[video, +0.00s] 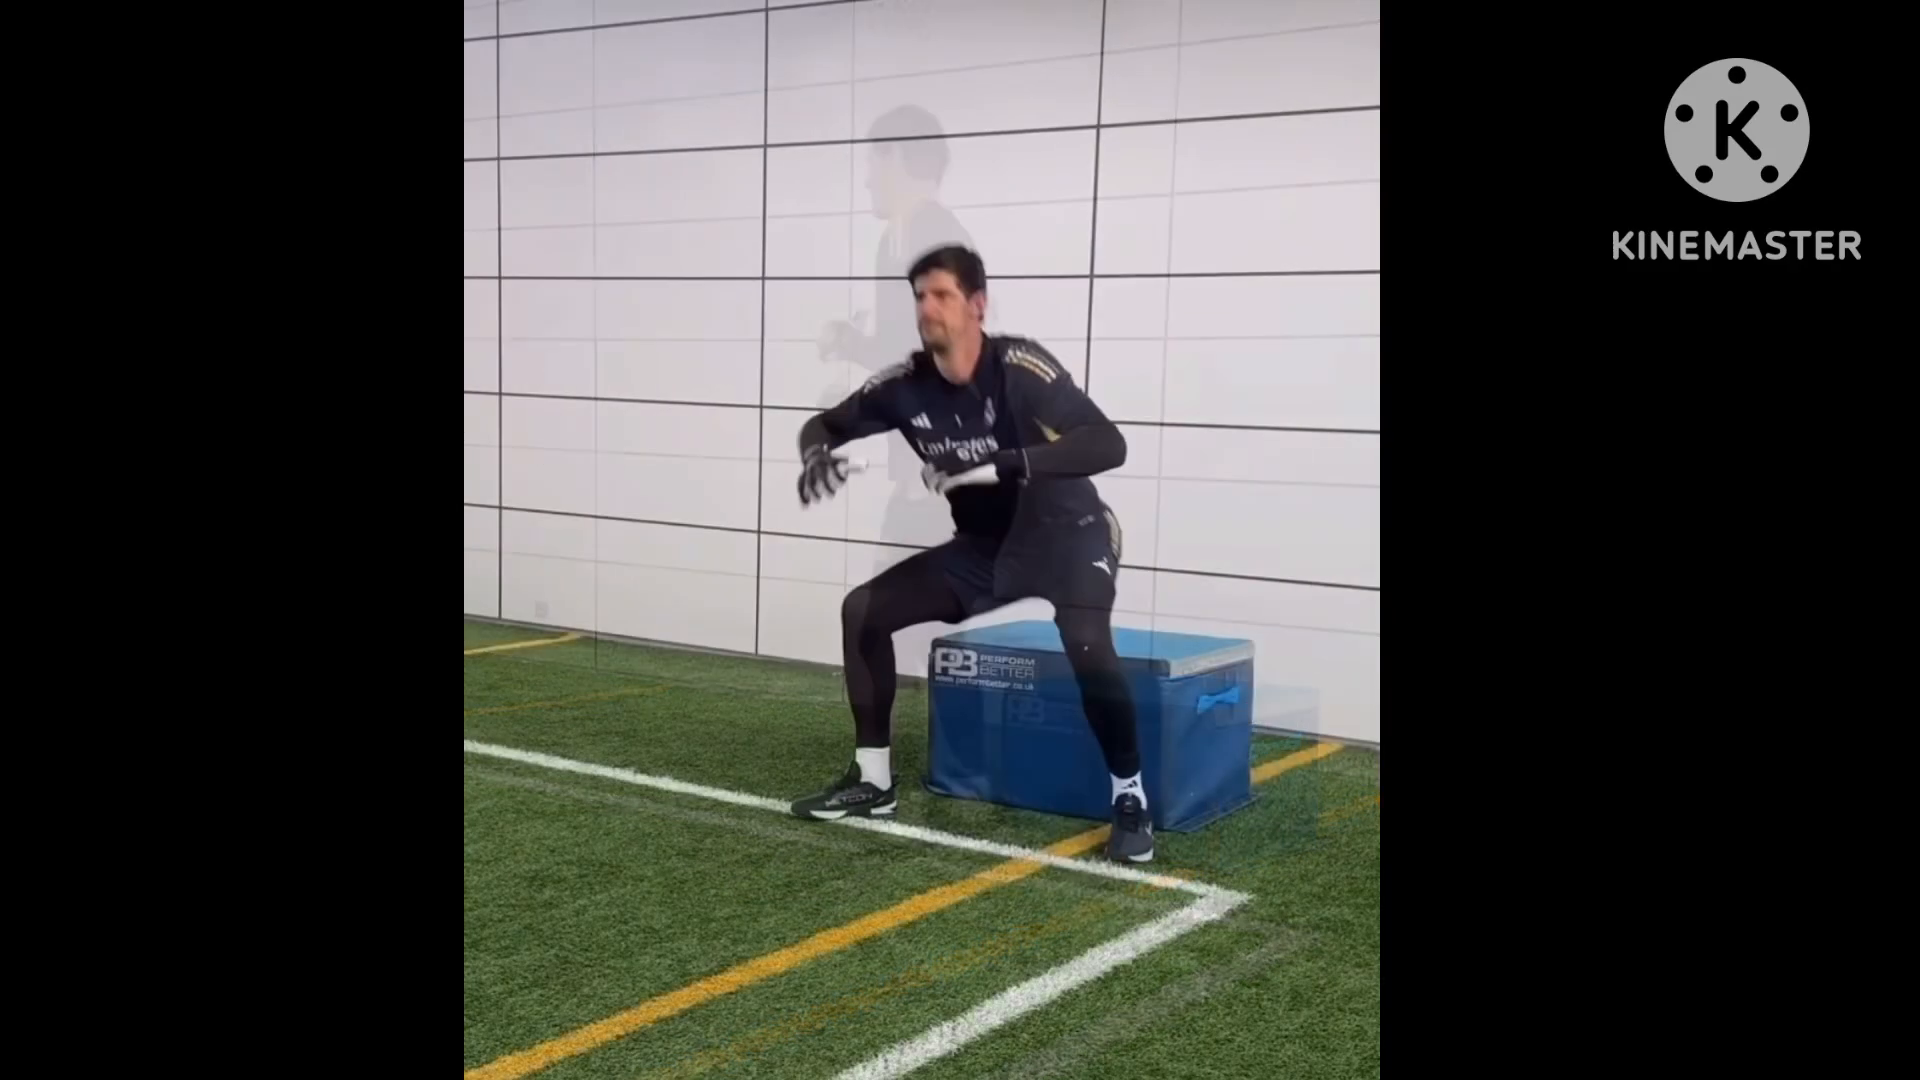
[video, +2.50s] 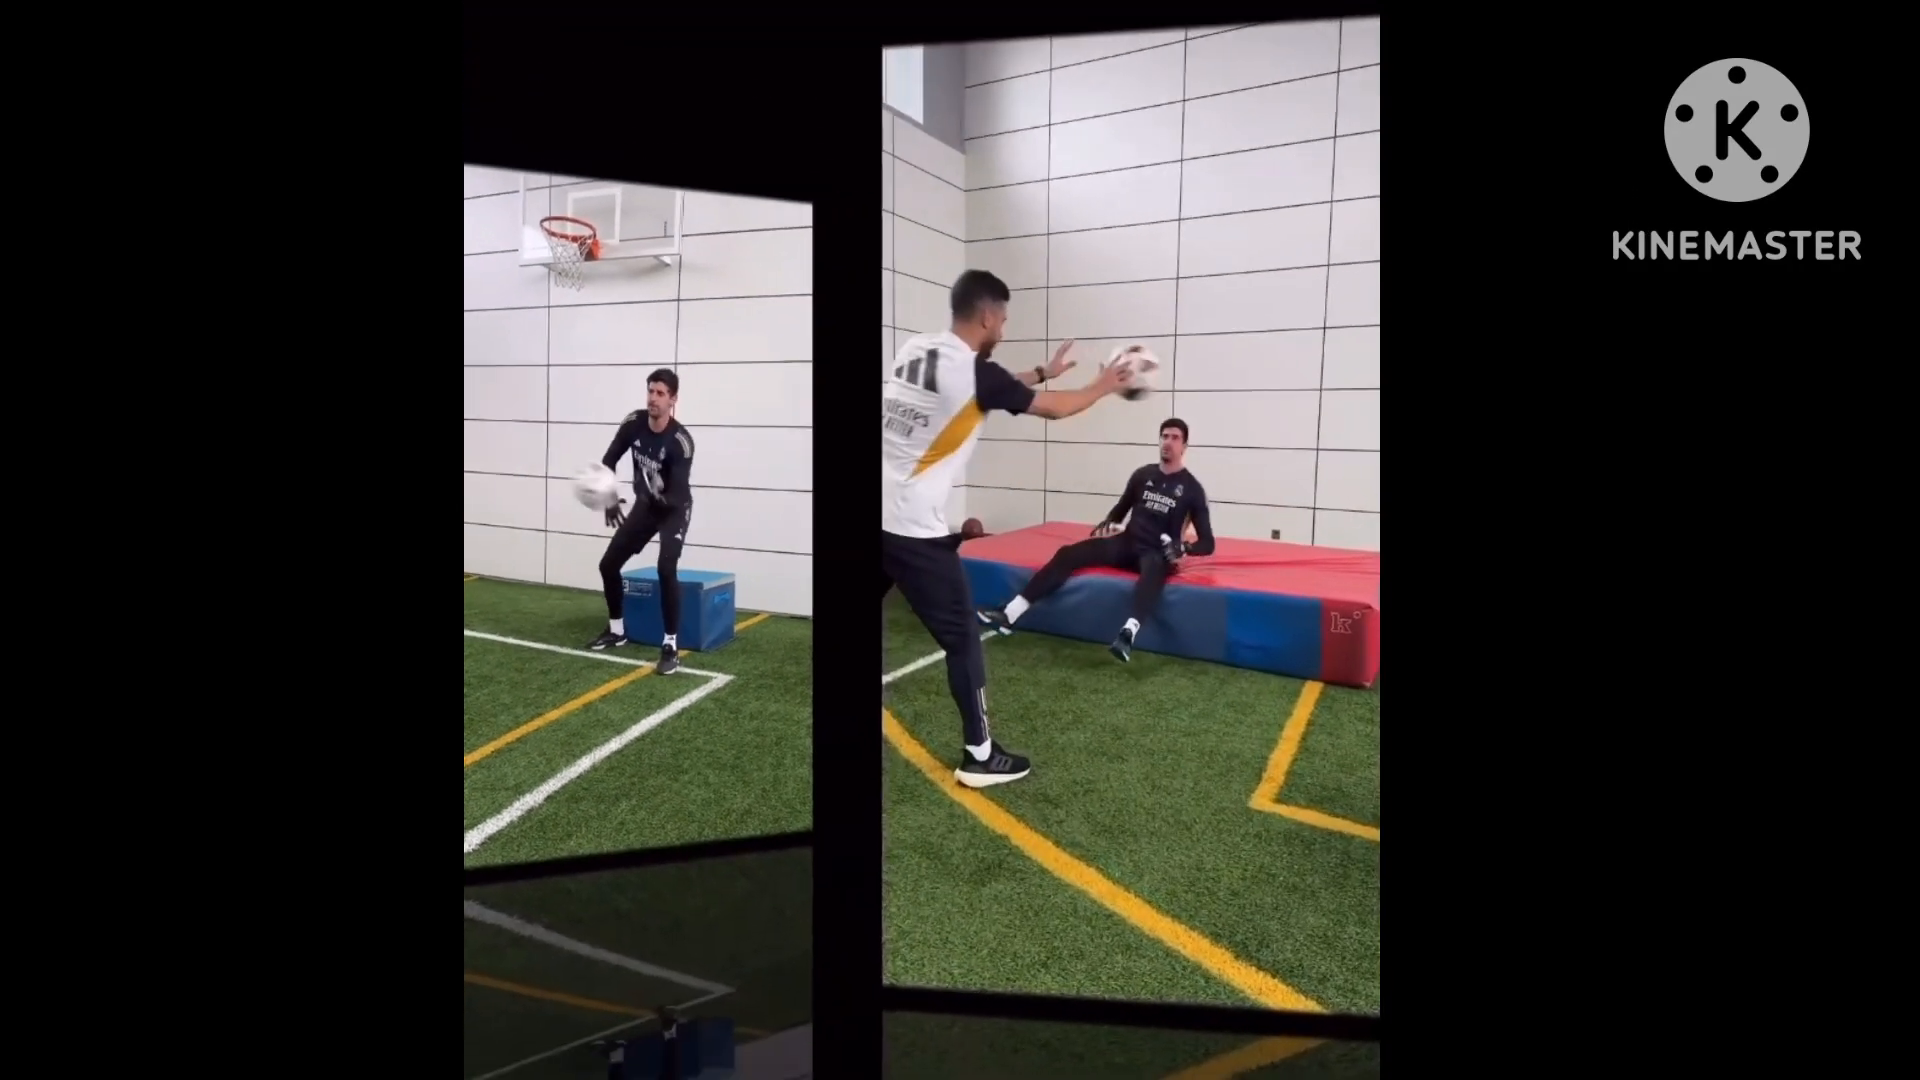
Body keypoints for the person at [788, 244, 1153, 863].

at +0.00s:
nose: (925, 309)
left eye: (939, 296)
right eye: (919, 297)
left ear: (977, 303)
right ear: (915, 306)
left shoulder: (1022, 366)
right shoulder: (903, 390)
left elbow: (1107, 444)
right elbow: (824, 426)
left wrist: (1005, 461)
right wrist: (816, 449)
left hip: (1069, 538)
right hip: (985, 548)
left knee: (1088, 648)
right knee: (864, 611)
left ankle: (1130, 801)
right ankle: (874, 781)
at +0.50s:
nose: (855, 158)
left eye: (867, 142)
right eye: (848, 147)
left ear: (907, 145)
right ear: (848, 158)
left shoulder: (948, 211)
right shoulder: (859, 251)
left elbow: (937, 315)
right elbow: (824, 365)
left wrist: (844, 296)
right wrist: (786, 326)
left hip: (977, 450)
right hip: (901, 462)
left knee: (1039, 625)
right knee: (837, 610)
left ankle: (1118, 793)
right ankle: (870, 782)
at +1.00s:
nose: (980, 385)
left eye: (994, 373)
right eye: (973, 373)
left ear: (1028, 381)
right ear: (966, 381)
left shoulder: (1068, 462)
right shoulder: (951, 460)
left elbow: (1098, 574)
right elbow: (874, 553)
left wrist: (1015, 564)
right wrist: (886, 540)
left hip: (1064, 621)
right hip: (980, 616)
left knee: (1019, 641)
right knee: (839, 626)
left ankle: (1010, 838)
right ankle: (865, 794)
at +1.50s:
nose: (916, 242)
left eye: (932, 228)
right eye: (909, 229)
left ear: (970, 236)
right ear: (903, 241)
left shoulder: (1024, 331)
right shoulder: (888, 336)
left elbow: (1107, 437)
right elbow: (829, 414)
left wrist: (1076, 504)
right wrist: (781, 476)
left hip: (1026, 522)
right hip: (946, 524)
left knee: (998, 657)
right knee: (830, 645)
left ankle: (1009, 838)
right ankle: (865, 798)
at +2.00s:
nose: (769, 301)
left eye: (778, 293)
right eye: (762, 292)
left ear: (791, 297)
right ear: (749, 293)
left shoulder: (798, 350)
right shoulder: (725, 330)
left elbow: (838, 423)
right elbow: (715, 380)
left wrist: (847, 383)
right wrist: (779, 356)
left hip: (769, 488)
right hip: (721, 485)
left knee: (769, 596)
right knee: (697, 588)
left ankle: (777, 703)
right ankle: (694, 683)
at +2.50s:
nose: (653, 398)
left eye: (660, 393)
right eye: (650, 391)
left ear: (673, 399)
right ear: (646, 394)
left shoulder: (680, 442)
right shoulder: (635, 423)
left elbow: (677, 500)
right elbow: (609, 461)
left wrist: (658, 496)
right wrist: (608, 497)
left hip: (675, 510)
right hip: (645, 505)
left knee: (666, 570)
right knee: (608, 565)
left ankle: (669, 647)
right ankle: (616, 632)